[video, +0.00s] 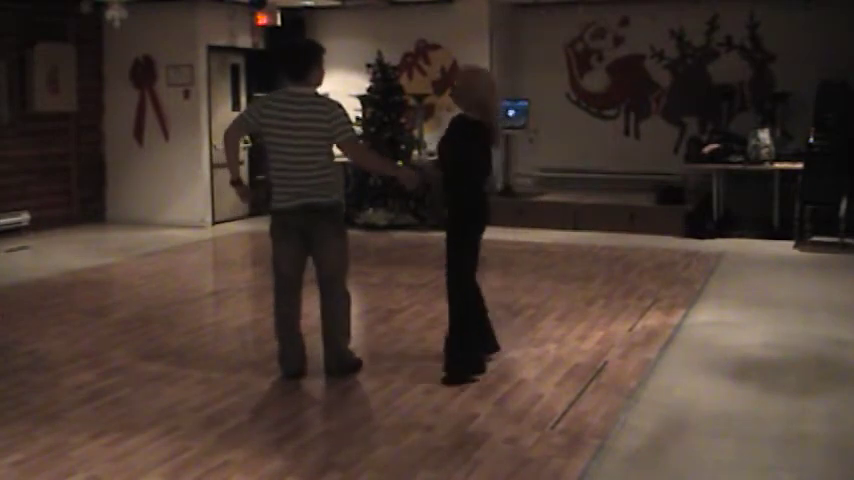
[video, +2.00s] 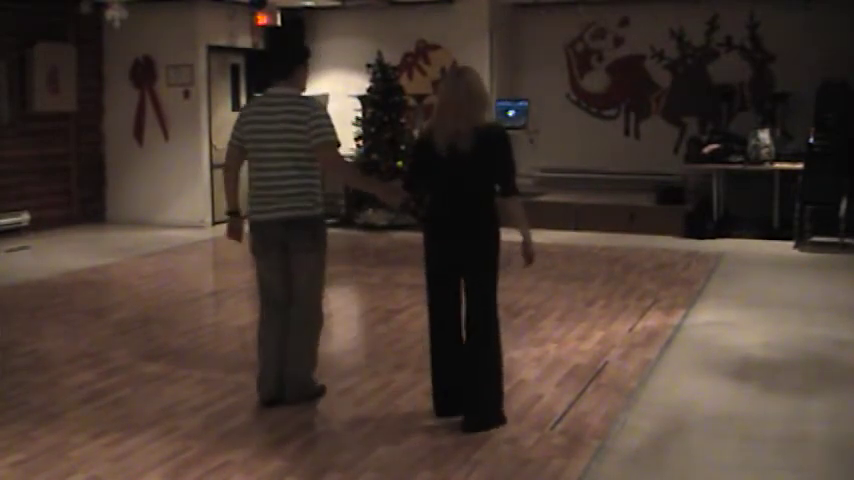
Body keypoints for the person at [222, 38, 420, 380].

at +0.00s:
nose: (324, 71)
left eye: (322, 65)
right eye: (321, 65)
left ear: (286, 68)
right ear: (313, 68)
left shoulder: (266, 105)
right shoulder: (327, 108)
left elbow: (231, 135)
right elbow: (357, 154)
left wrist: (236, 179)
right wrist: (399, 171)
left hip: (284, 212)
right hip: (326, 211)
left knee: (286, 290)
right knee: (333, 286)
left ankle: (291, 363)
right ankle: (337, 358)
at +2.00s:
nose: (307, 72)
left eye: (305, 65)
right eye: (306, 66)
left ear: (270, 69)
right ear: (300, 69)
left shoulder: (252, 110)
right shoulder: (310, 109)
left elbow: (230, 163)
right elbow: (332, 164)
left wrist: (233, 212)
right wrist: (378, 189)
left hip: (263, 221)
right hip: (304, 220)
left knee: (272, 302)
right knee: (306, 302)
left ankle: (270, 386)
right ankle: (299, 384)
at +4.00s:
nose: (305, 72)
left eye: (301, 65)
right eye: (303, 66)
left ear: (268, 70)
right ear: (300, 69)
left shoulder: (256, 112)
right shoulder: (313, 112)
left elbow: (233, 164)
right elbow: (332, 171)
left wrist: (239, 199)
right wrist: (378, 187)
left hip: (268, 224)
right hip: (311, 223)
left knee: (268, 305)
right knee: (324, 301)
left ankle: (269, 388)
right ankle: (334, 375)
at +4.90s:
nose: (318, 78)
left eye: (315, 70)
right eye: (315, 71)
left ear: (281, 76)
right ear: (309, 74)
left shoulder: (265, 115)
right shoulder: (324, 114)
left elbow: (250, 164)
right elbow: (347, 168)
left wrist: (279, 182)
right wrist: (394, 193)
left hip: (276, 224)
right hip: (319, 222)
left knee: (274, 302)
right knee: (334, 292)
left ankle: (269, 388)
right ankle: (333, 367)